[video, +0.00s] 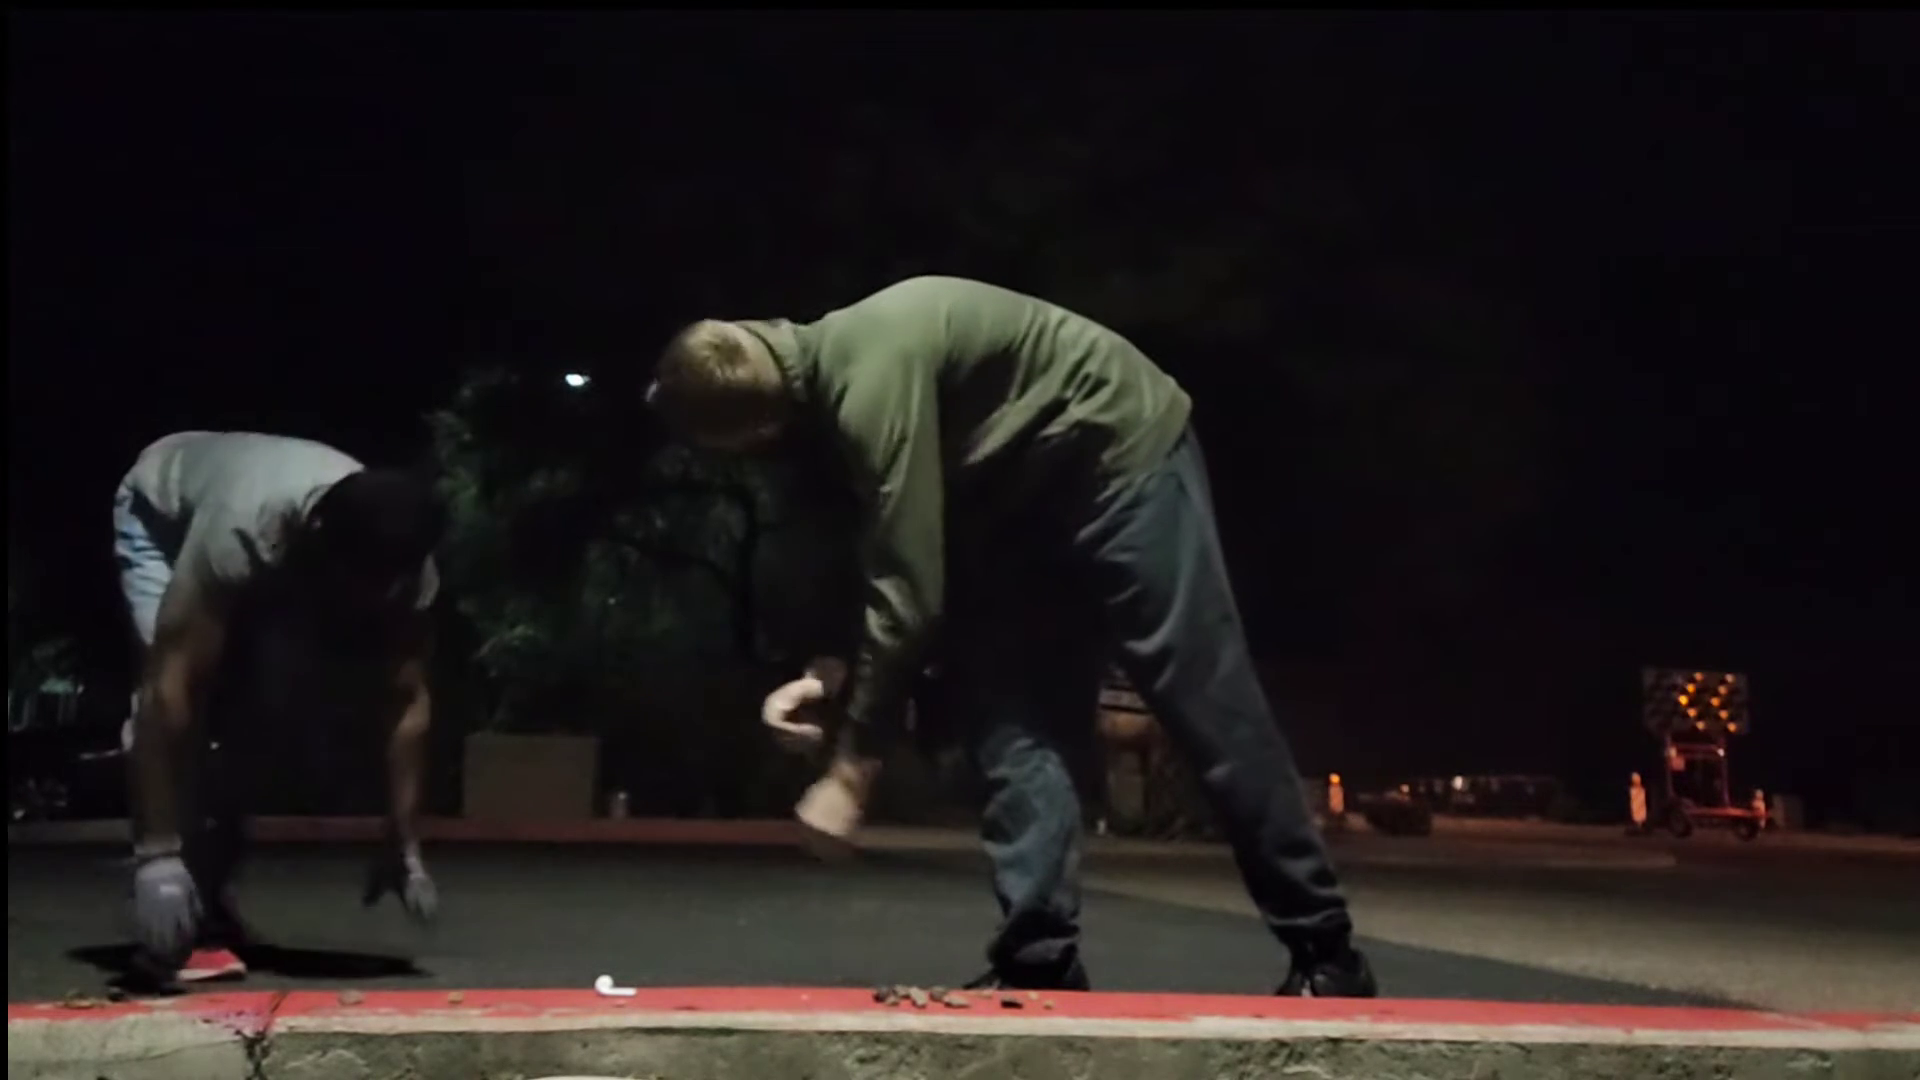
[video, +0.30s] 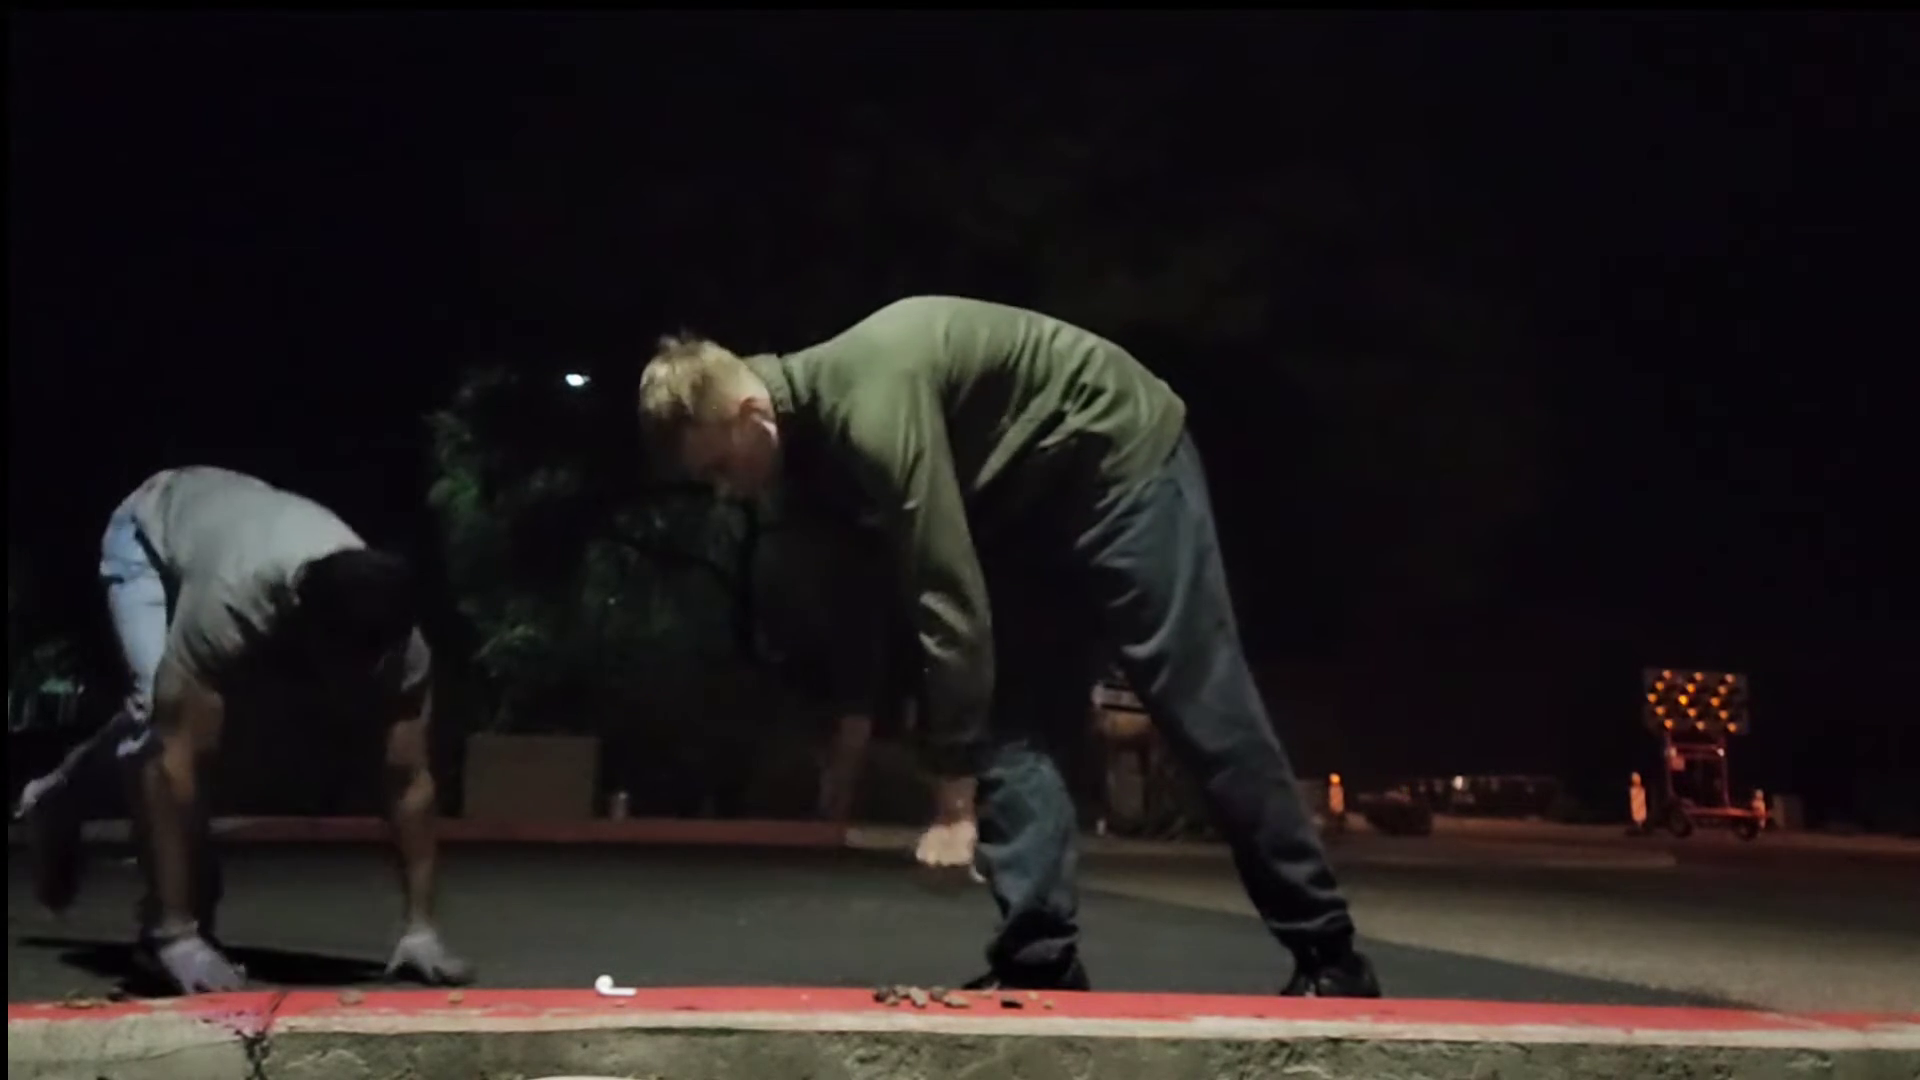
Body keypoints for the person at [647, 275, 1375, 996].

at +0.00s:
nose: (742, 455)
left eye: (734, 441)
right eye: (728, 445)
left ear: (750, 413)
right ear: (749, 374)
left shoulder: (875, 372)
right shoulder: (814, 394)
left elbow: (908, 596)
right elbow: (871, 562)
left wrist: (849, 769)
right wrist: (832, 672)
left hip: (1121, 452)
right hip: (1012, 503)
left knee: (1200, 694)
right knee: (1017, 718)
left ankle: (1325, 948)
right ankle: (1038, 954)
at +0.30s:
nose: (731, 493)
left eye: (722, 471)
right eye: (713, 484)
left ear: (747, 411)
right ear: (738, 409)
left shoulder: (874, 405)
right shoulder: (805, 432)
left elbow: (952, 607)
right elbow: (860, 612)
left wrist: (954, 800)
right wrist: (846, 759)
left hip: (1122, 459)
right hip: (1022, 510)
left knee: (1201, 709)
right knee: (1017, 726)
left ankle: (1328, 952)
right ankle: (1038, 956)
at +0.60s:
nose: (724, 563)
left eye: (712, 537)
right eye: (702, 555)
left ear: (734, 470)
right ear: (724, 486)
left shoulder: (856, 452)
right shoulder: (793, 505)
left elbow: (904, 655)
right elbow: (820, 689)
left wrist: (899, 855)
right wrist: (817, 835)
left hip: (1114, 465)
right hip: (1007, 533)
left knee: (1223, 706)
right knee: (991, 733)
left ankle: (1406, 930)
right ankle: (1038, 955)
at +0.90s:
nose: (731, 654)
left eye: (713, 628)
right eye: (709, 645)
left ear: (732, 566)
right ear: (728, 575)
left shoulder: (834, 540)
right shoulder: (805, 557)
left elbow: (824, 750)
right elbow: (802, 759)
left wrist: (794, 951)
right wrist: (753, 940)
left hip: (1110, 485)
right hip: (1012, 552)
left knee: (1249, 716)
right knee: (957, 733)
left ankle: (1483, 907)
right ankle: (1029, 956)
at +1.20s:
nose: (737, 705)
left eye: (723, 681)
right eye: (714, 695)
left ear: (747, 619)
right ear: (736, 627)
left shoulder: (841, 577)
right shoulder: (801, 597)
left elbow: (830, 800)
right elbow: (817, 800)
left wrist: (798, 983)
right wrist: (783, 976)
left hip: (1143, 576)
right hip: (1050, 613)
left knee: (1307, 790)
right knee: (932, 784)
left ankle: (1562, 942)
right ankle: (1032, 975)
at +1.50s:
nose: (712, 694)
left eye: (694, 670)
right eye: (688, 687)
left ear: (712, 609)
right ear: (701, 636)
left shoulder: (818, 575)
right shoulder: (777, 618)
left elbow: (821, 792)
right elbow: (794, 801)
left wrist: (801, 991)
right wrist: (781, 986)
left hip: (1147, 608)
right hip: (1061, 694)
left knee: (1332, 811)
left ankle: (1564, 940)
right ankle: (1372, 870)